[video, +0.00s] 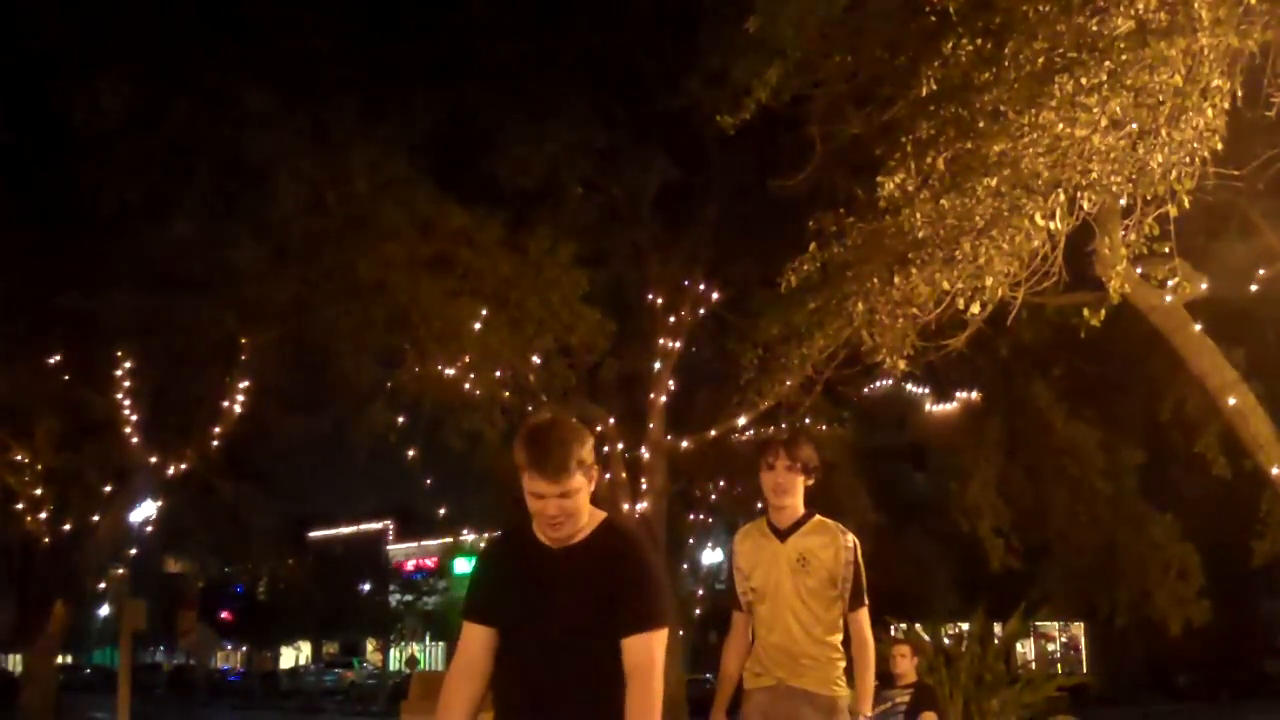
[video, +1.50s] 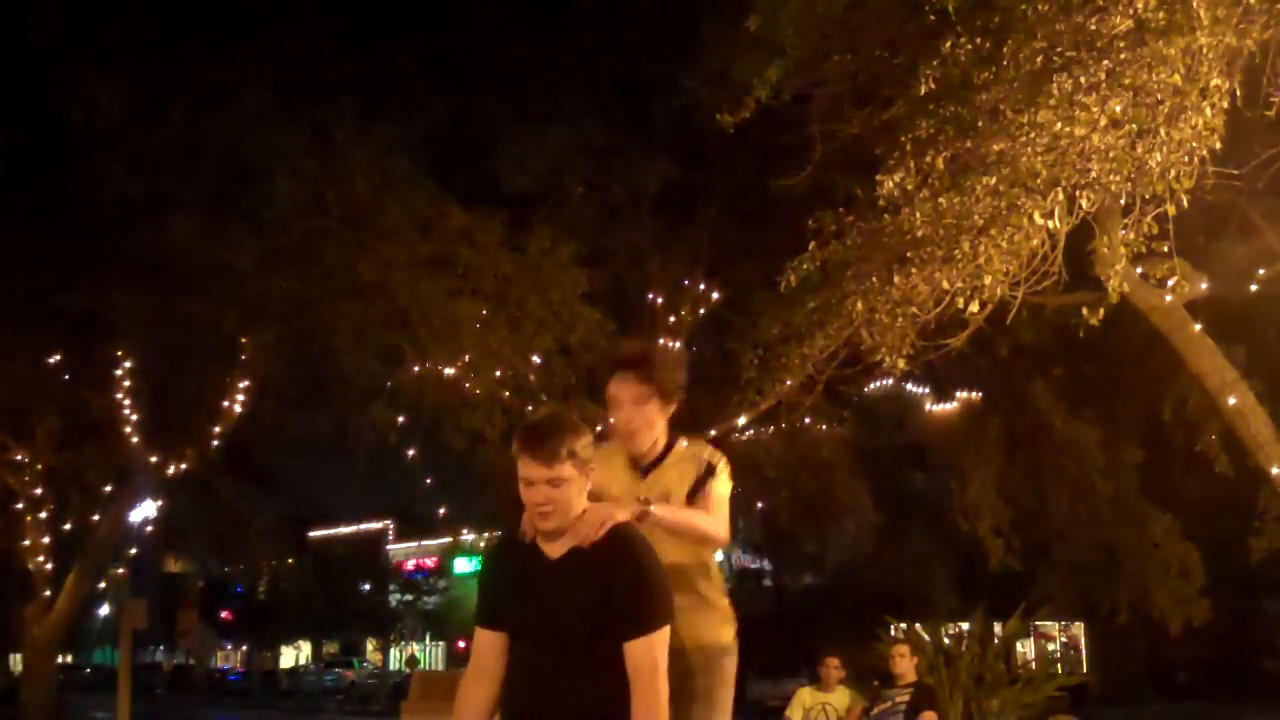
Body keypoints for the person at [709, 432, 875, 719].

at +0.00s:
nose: (779, 478)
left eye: (790, 468)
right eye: (770, 468)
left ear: (807, 476)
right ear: (759, 476)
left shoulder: (839, 541)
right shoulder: (745, 540)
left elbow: (860, 633)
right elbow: (740, 630)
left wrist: (863, 711)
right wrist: (718, 710)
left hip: (824, 696)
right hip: (760, 695)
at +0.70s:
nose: (724, 470)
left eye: (735, 459)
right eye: (715, 460)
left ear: (755, 467)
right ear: (705, 469)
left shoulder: (792, 529)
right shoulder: (692, 532)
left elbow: (826, 608)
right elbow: (690, 623)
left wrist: (834, 695)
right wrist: (676, 700)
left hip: (782, 687)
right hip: (721, 688)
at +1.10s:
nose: (698, 506)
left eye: (710, 494)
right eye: (689, 494)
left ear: (735, 504)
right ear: (679, 502)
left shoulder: (774, 576)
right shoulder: (664, 574)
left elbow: (813, 664)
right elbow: (652, 661)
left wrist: (820, 713)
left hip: (759, 711)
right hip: (689, 711)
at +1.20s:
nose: (685, 456)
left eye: (695, 443)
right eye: (677, 444)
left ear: (722, 451)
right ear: (668, 453)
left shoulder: (760, 516)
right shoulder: (653, 521)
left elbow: (805, 618)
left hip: (743, 700)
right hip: (673, 700)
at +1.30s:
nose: (666, 412)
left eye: (679, 398)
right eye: (658, 399)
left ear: (707, 404)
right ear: (649, 405)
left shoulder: (746, 465)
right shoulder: (637, 467)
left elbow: (785, 553)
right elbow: (622, 549)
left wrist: (728, 541)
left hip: (722, 639)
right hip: (654, 638)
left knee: (727, 714)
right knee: (650, 715)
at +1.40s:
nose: (647, 396)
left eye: (660, 382)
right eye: (637, 384)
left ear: (690, 386)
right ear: (629, 389)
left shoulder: (726, 445)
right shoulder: (618, 445)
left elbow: (730, 509)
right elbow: (594, 509)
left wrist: (658, 509)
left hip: (715, 625)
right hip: (642, 623)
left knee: (715, 713)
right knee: (639, 715)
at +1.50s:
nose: (622, 418)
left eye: (636, 404)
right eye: (614, 405)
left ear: (668, 405)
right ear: (605, 407)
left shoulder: (705, 462)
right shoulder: (594, 463)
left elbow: (717, 531)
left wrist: (639, 511)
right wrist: (538, 518)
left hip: (697, 631)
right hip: (620, 632)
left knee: (704, 713)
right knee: (627, 715)